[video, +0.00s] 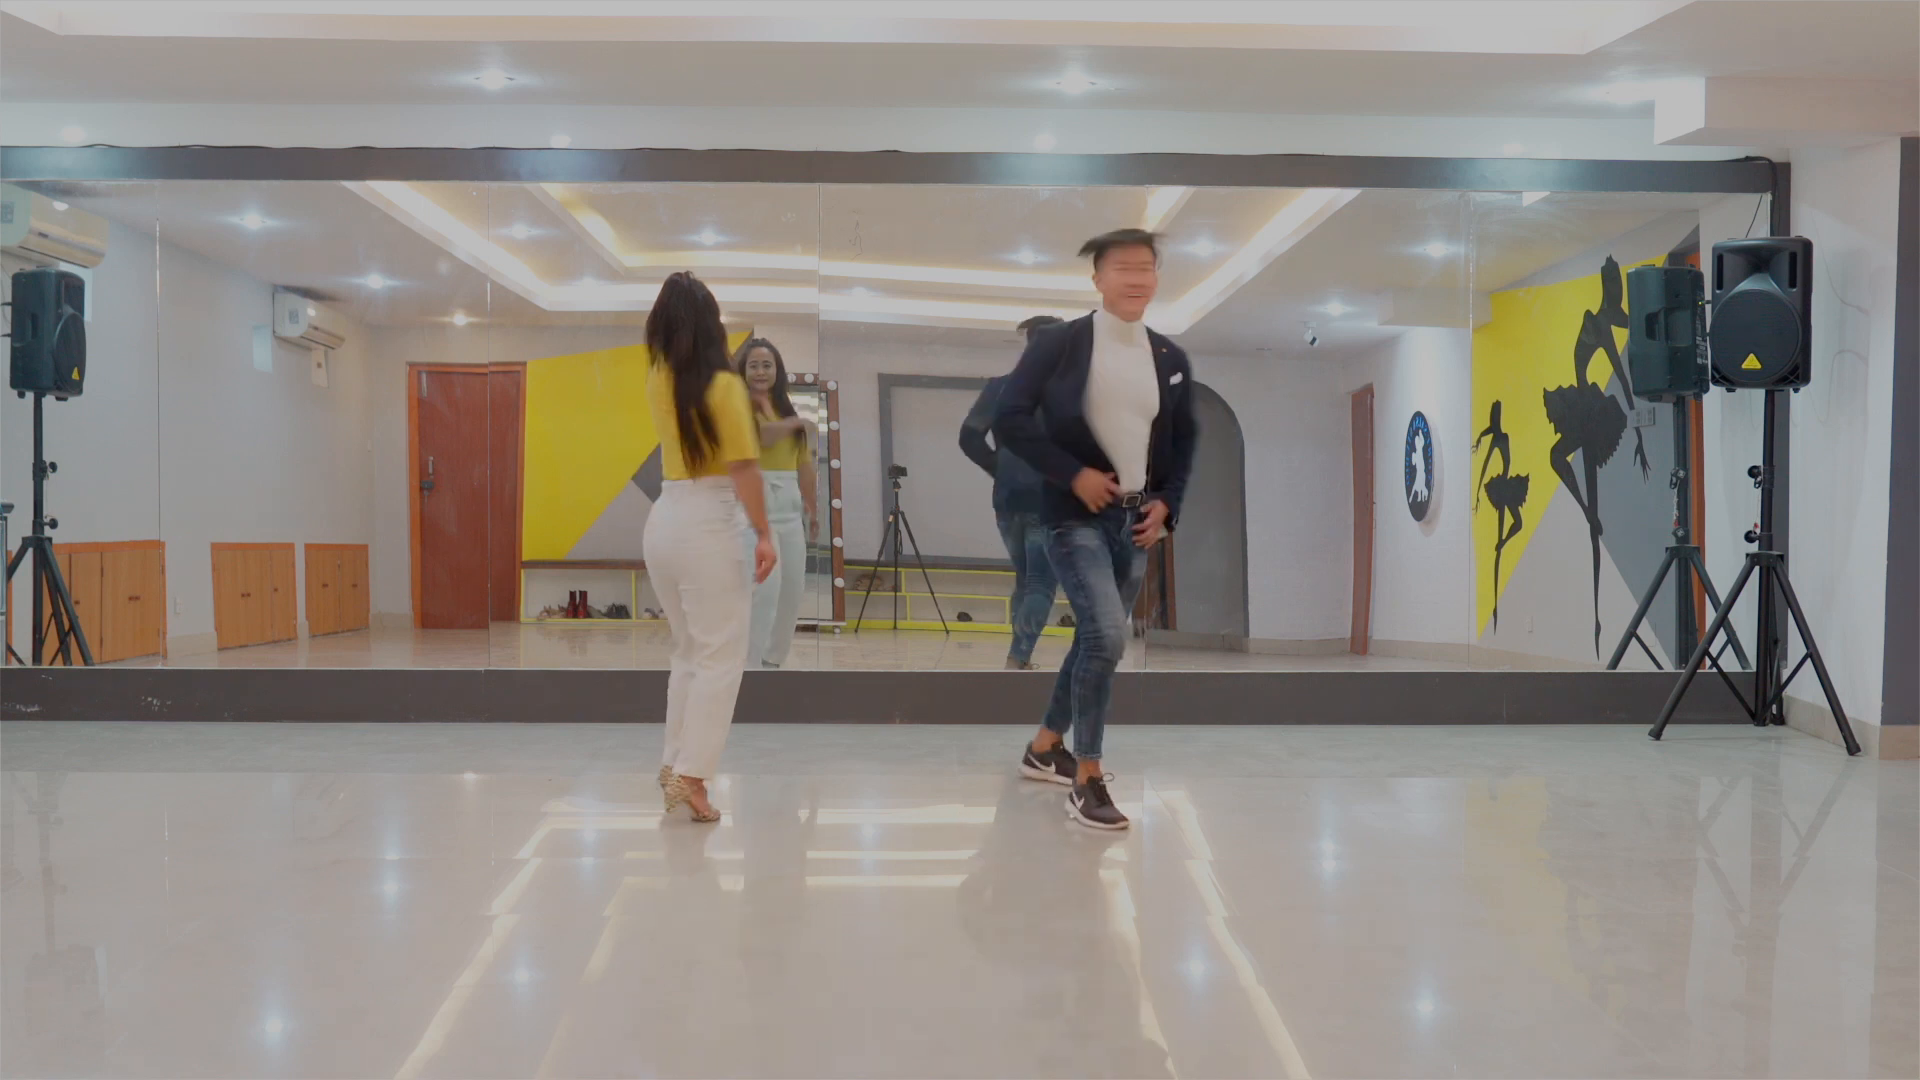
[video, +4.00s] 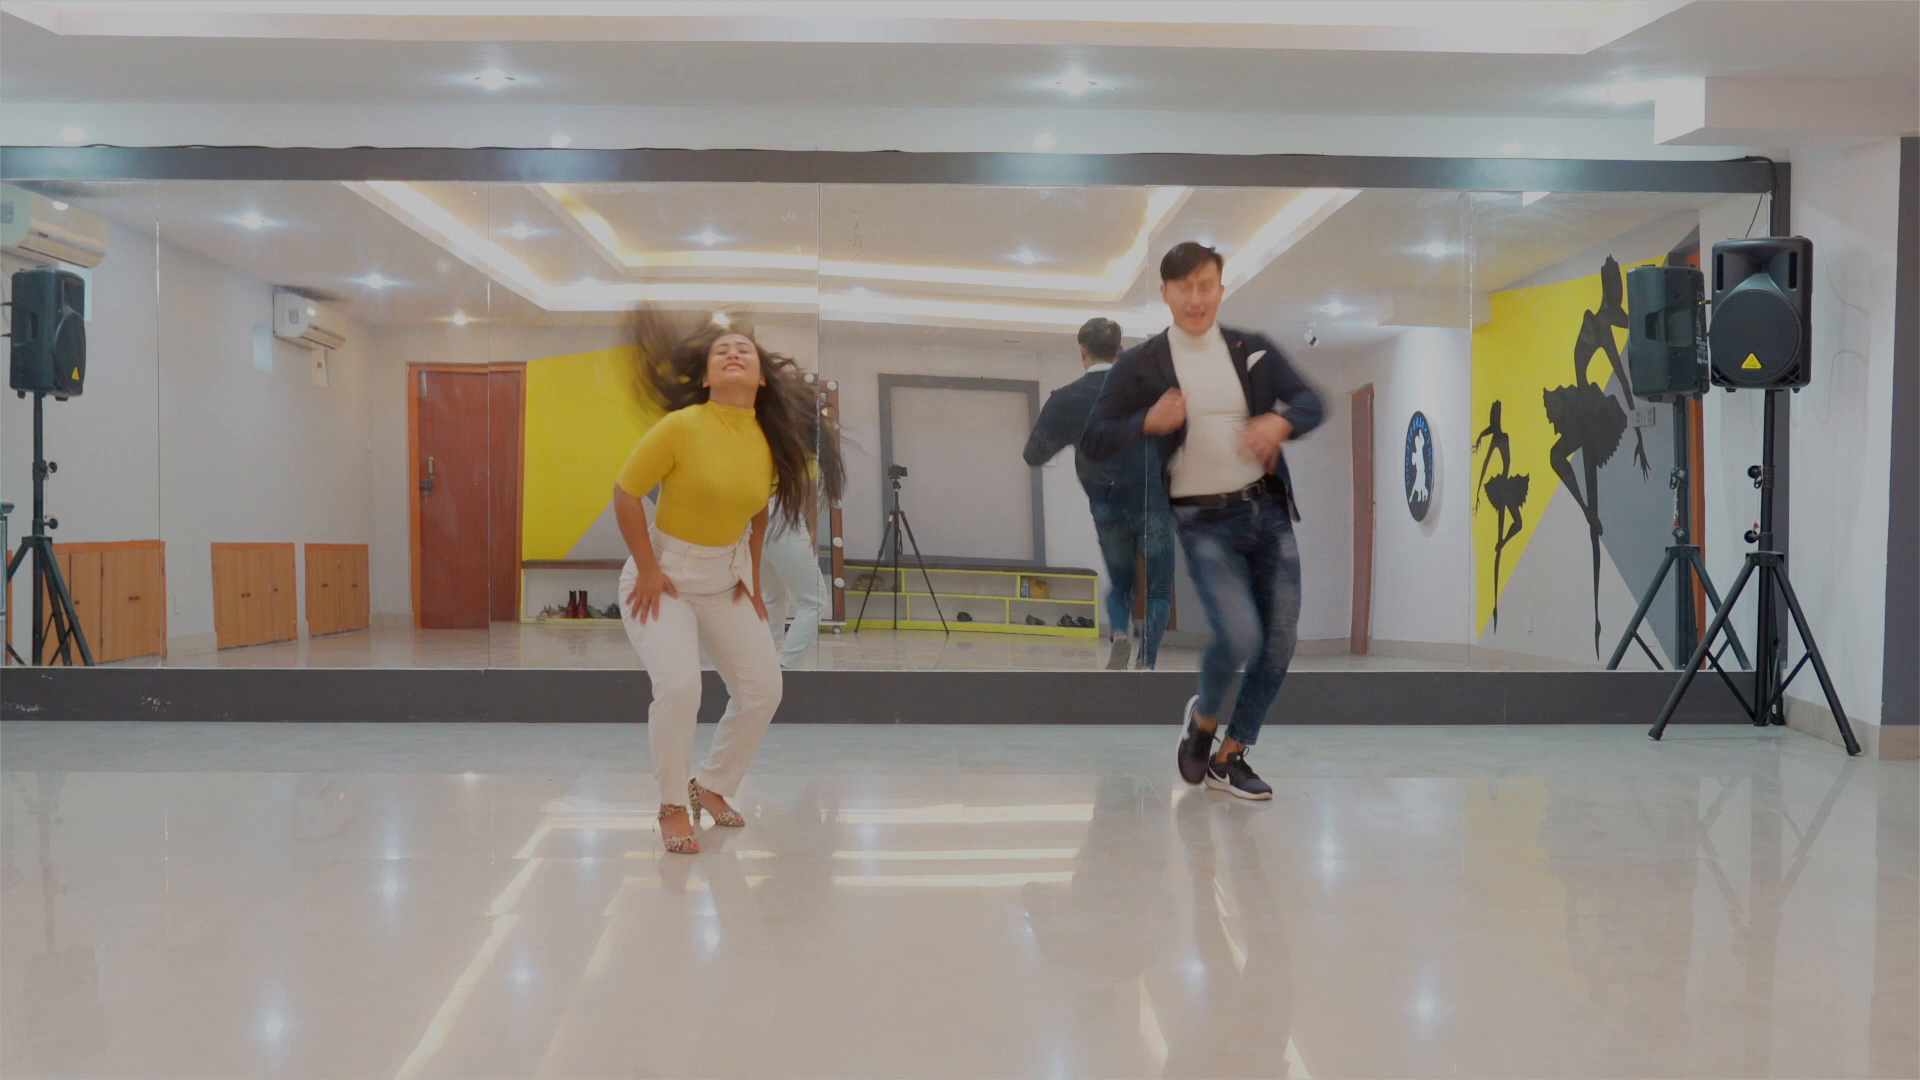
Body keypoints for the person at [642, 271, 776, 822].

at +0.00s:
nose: (722, 322)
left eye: (715, 314)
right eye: (718, 315)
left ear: (663, 325)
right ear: (712, 321)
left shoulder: (657, 382)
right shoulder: (723, 385)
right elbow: (743, 465)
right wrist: (764, 532)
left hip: (666, 519)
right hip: (714, 521)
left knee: (688, 648)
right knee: (723, 655)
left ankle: (675, 765)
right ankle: (693, 774)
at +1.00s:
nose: (693, 356)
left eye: (705, 347)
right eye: (684, 345)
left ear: (724, 352)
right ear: (672, 349)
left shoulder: (745, 408)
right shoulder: (656, 409)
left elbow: (765, 470)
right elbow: (626, 476)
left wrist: (770, 523)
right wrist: (622, 520)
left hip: (731, 545)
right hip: (665, 541)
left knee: (732, 665)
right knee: (674, 653)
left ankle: (702, 765)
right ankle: (680, 779)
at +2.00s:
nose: (746, 347)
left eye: (758, 338)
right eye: (736, 337)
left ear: (776, 343)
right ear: (724, 342)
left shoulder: (787, 396)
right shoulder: (714, 391)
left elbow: (823, 443)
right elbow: (652, 439)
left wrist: (825, 447)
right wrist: (708, 442)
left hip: (783, 536)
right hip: (735, 533)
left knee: (751, 656)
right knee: (776, 651)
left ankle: (688, 751)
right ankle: (779, 771)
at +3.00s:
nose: (749, 340)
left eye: (763, 334)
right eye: (742, 329)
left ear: (782, 348)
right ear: (728, 335)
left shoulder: (784, 403)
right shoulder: (696, 400)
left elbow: (834, 440)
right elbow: (657, 469)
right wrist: (588, 463)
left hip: (765, 544)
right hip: (700, 543)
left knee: (741, 674)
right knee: (684, 671)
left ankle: (718, 788)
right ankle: (730, 736)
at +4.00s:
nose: (734, 353)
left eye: (745, 351)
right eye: (722, 351)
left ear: (761, 379)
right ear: (706, 379)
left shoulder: (766, 439)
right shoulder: (681, 427)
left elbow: (759, 513)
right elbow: (625, 495)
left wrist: (753, 578)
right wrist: (647, 567)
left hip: (726, 579)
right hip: (661, 574)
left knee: (762, 689)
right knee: (678, 688)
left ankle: (712, 785)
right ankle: (673, 806)